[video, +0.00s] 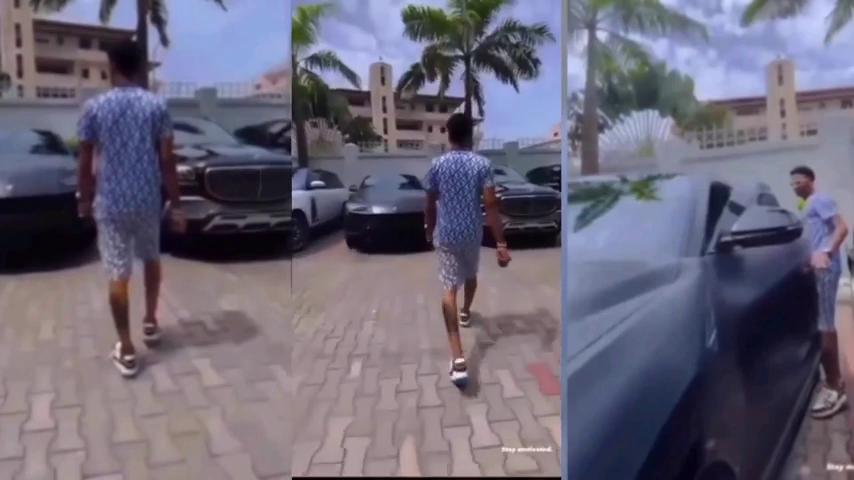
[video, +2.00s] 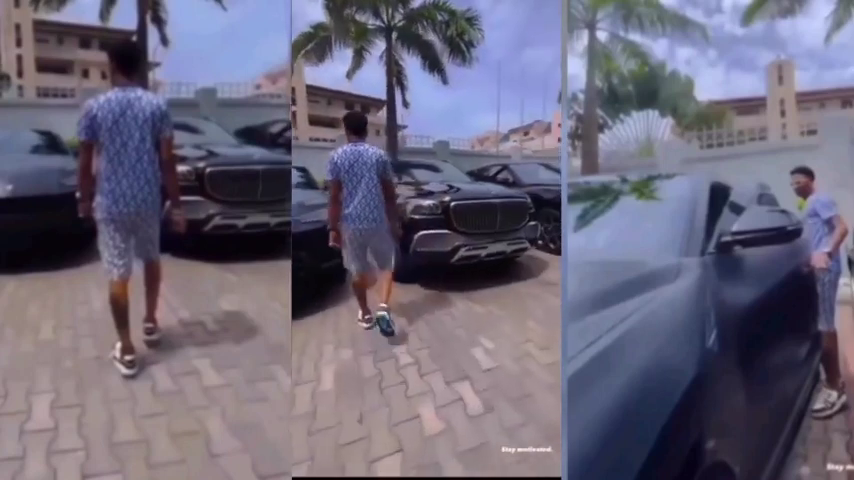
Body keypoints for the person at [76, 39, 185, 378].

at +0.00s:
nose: (110, 72)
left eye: (110, 66)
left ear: (112, 68)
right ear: (142, 67)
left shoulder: (96, 107)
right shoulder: (156, 106)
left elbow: (85, 161)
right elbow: (167, 160)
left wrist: (85, 199)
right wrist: (175, 202)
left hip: (110, 201)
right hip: (147, 200)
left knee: (118, 273)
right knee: (151, 260)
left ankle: (125, 348)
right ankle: (150, 319)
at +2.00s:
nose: (110, 71)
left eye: (110, 66)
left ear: (112, 68)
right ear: (142, 67)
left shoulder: (95, 107)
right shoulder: (156, 106)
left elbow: (85, 161)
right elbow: (167, 160)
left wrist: (84, 199)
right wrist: (175, 202)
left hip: (110, 201)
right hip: (147, 200)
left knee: (118, 273)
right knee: (151, 260)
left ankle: (125, 348)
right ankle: (150, 319)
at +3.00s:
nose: (110, 71)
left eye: (110, 66)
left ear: (112, 68)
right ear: (142, 67)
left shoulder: (95, 107)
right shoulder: (156, 106)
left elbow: (85, 161)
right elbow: (167, 160)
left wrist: (84, 199)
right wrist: (175, 202)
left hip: (110, 202)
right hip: (147, 200)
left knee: (118, 273)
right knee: (151, 260)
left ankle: (125, 348)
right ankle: (150, 319)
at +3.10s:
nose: (110, 71)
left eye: (110, 66)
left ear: (112, 68)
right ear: (142, 67)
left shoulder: (95, 107)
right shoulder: (156, 106)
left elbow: (85, 161)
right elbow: (167, 160)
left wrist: (84, 199)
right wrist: (175, 202)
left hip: (110, 201)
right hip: (147, 200)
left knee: (118, 273)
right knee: (151, 260)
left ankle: (125, 348)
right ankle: (150, 319)